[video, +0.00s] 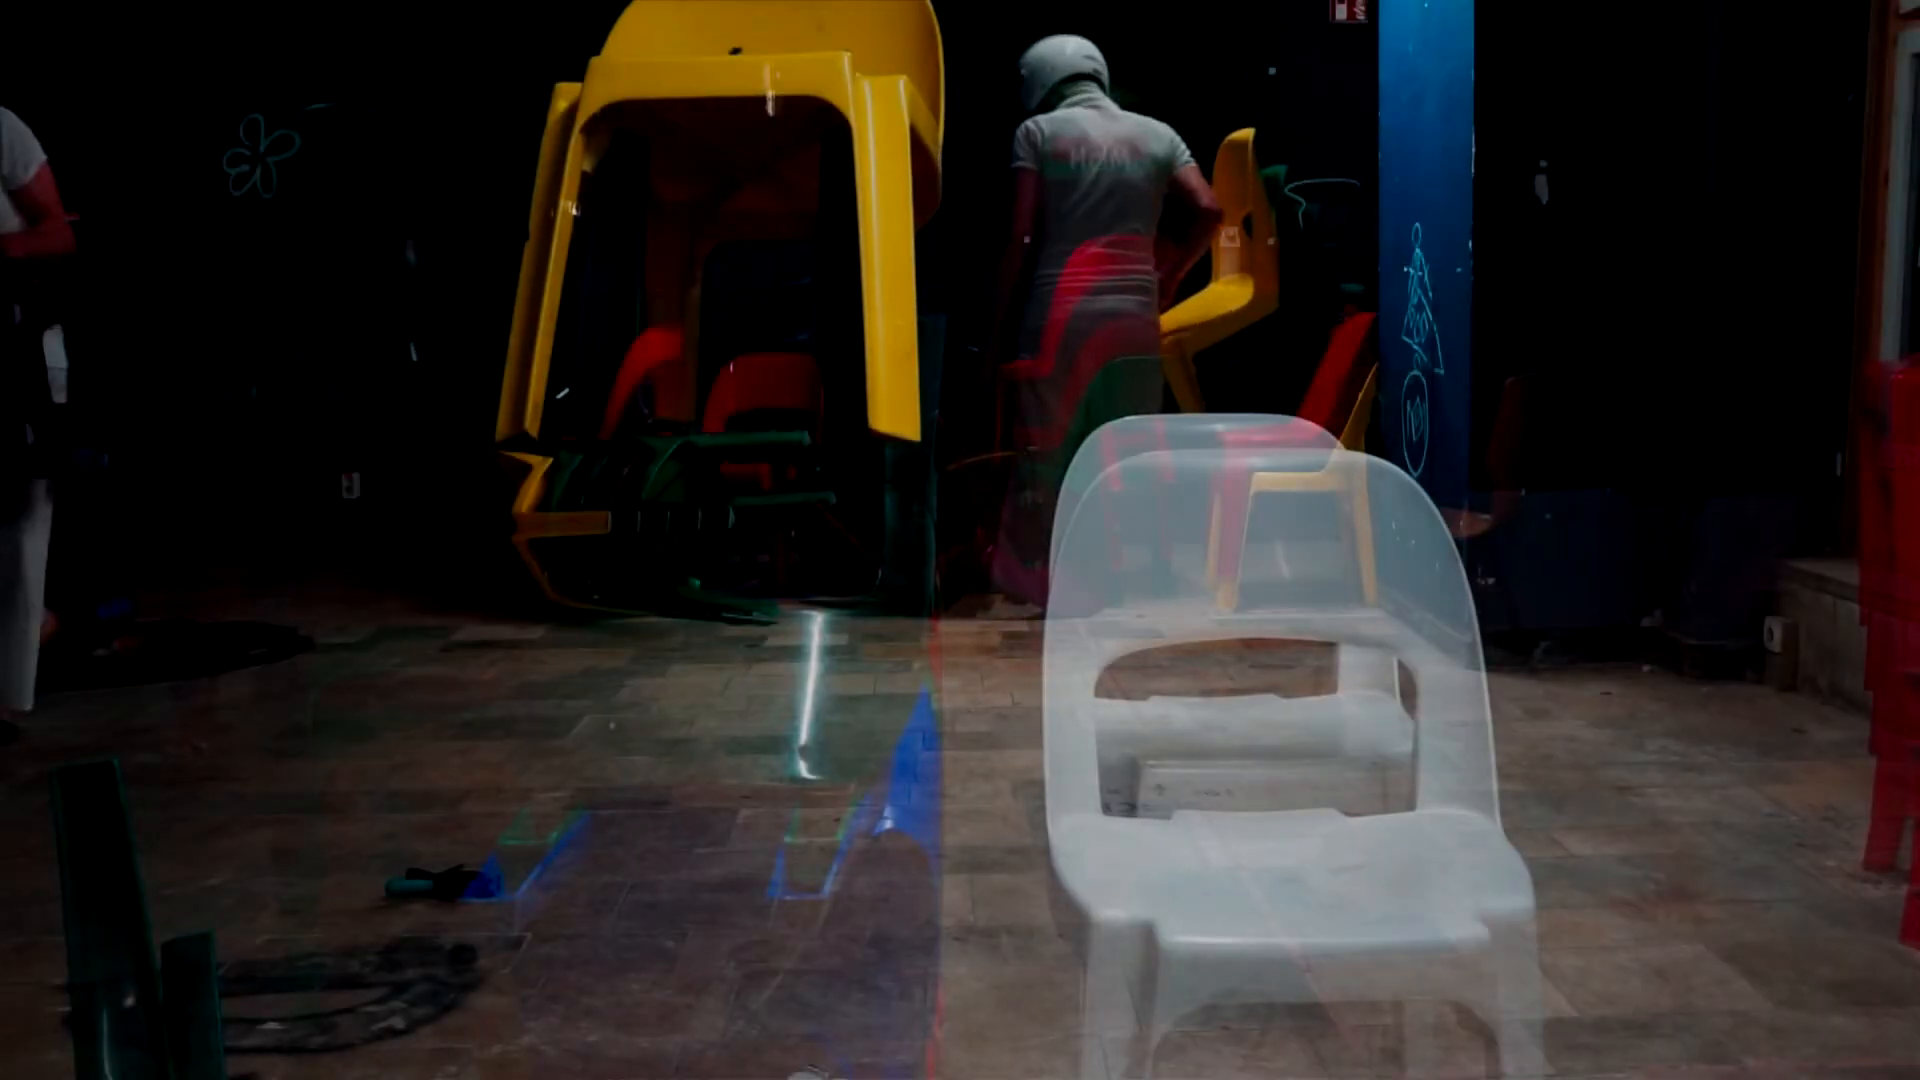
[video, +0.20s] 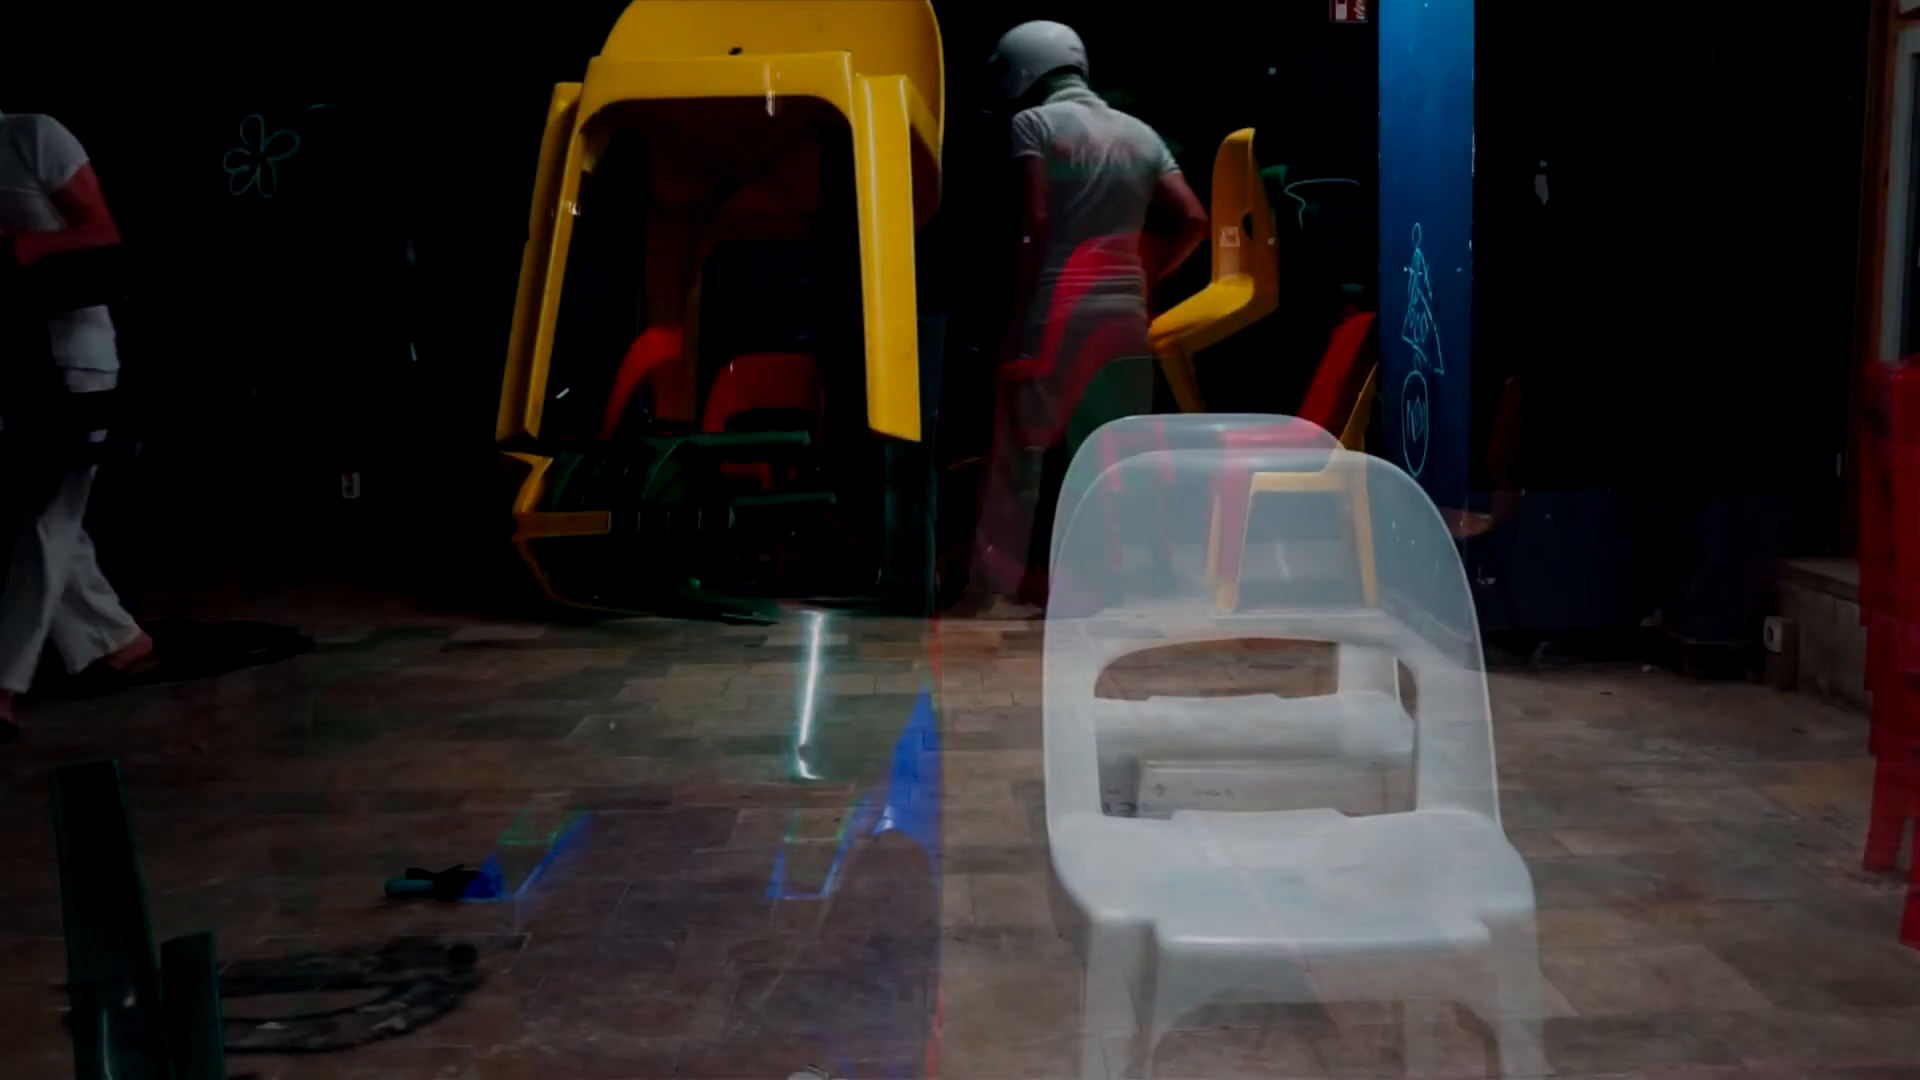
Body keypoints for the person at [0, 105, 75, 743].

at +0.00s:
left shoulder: (6, 132)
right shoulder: (9, 136)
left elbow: (55, 230)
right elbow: (53, 229)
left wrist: (6, 246)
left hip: (27, 396)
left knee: (21, 557)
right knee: (22, 558)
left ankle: (13, 710)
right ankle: (12, 708)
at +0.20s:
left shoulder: (34, 135)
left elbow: (102, 231)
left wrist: (34, 244)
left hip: (78, 365)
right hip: (30, 370)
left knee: (50, 518)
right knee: (43, 515)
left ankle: (6, 682)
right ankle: (115, 636)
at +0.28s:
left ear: (12, 73)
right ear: (5, 79)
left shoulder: (54, 136)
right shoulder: (16, 154)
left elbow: (117, 229)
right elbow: (108, 229)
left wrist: (39, 245)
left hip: (104, 346)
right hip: (56, 351)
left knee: (72, 506)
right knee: (66, 506)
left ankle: (27, 670)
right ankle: (123, 641)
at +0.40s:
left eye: (3, 83)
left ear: (30, 81)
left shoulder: (79, 141)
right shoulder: (5, 169)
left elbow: (135, 230)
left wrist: (41, 243)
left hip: (129, 363)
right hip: (60, 370)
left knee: (93, 506)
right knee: (55, 513)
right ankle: (111, 654)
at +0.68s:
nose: (36, 123)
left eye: (44, 104)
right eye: (28, 108)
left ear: (82, 91)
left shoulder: (137, 145)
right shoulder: (79, 168)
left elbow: (170, 251)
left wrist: (69, 258)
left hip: (194, 357)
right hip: (138, 357)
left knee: (192, 513)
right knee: (129, 510)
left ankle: (225, 657)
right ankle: (136, 654)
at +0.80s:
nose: (55, 133)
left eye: (59, 114)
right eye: (47, 118)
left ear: (96, 98)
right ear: (95, 101)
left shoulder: (147, 149)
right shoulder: (140, 151)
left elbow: (182, 255)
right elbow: (176, 253)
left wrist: (90, 268)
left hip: (216, 355)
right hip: (203, 353)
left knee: (197, 504)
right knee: (195, 502)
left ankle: (217, 652)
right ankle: (232, 629)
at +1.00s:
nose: (86, 154)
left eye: (85, 136)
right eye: (79, 141)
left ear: (113, 116)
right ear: (135, 109)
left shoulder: (164, 159)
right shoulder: (211, 158)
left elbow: (199, 267)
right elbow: (282, 242)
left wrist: (136, 275)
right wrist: (211, 248)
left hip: (250, 343)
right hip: (281, 338)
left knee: (216, 500)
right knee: (257, 489)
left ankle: (218, 649)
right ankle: (341, 583)